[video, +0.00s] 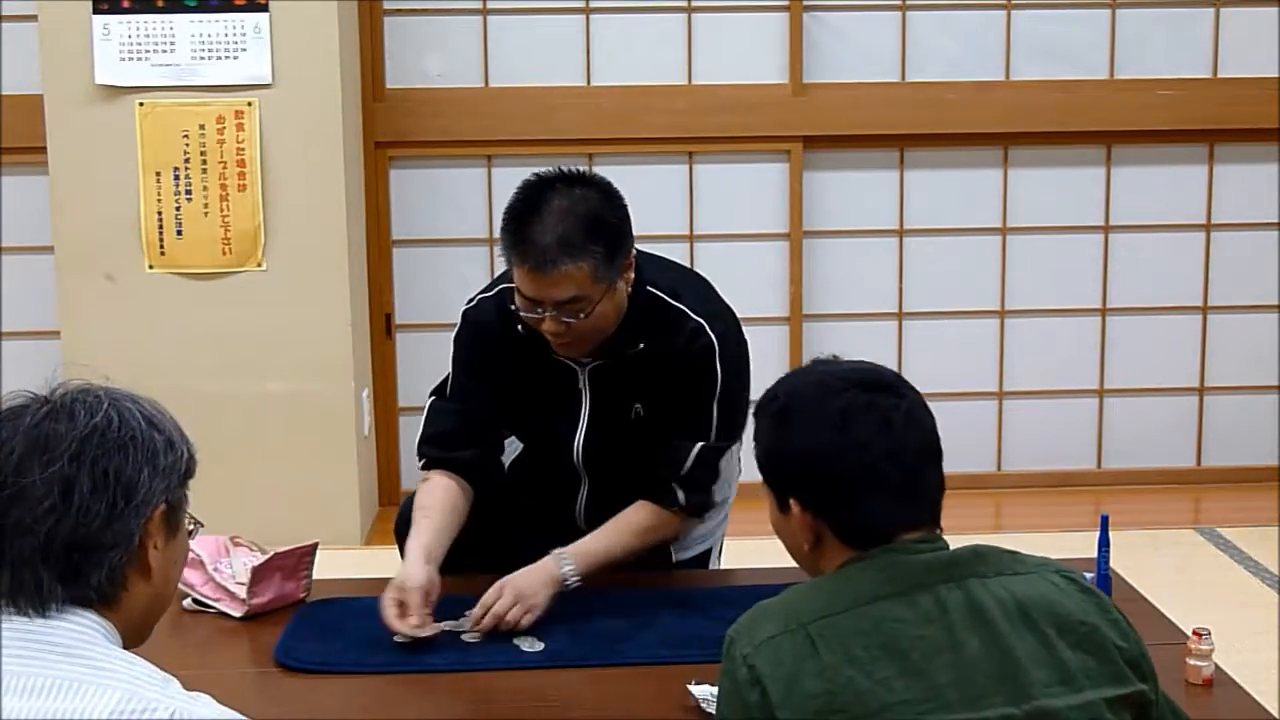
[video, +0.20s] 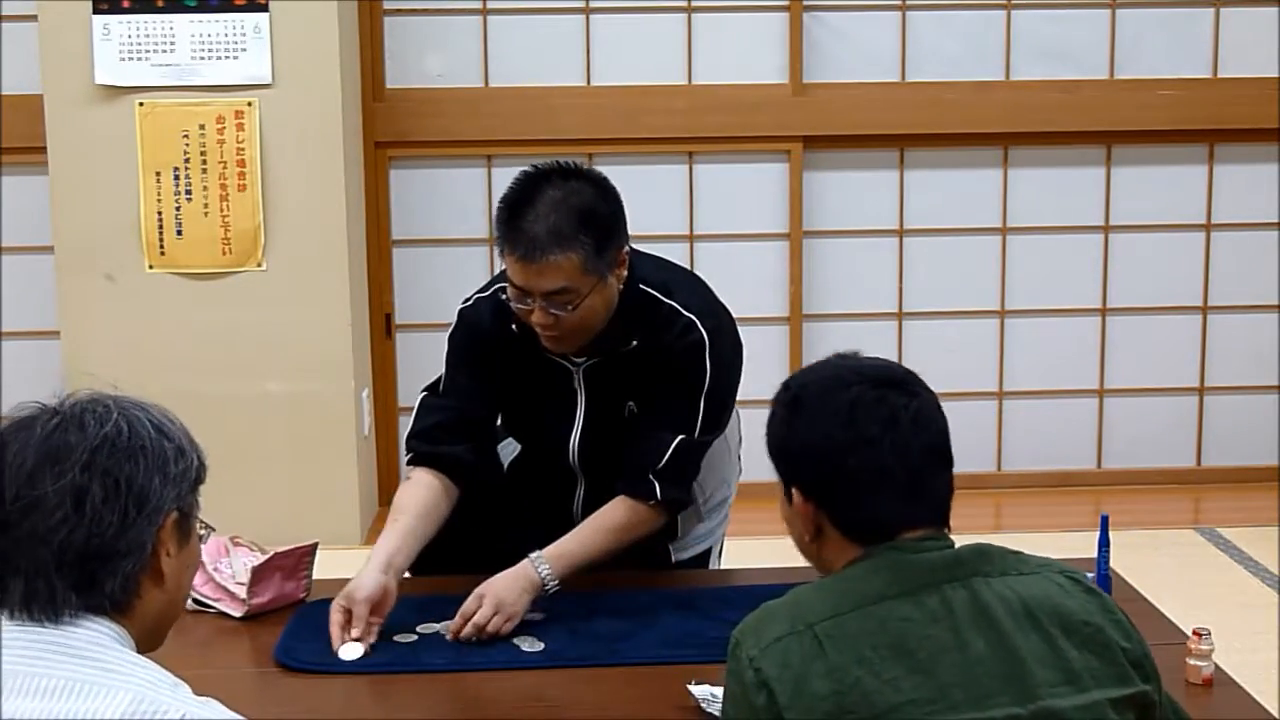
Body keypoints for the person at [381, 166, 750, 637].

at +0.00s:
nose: (550, 326)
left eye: (572, 308)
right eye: (532, 304)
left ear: (626, 273)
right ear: (514, 272)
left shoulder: (701, 335)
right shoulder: (492, 319)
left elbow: (680, 500)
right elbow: (455, 456)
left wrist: (556, 569)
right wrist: (421, 560)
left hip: (654, 538)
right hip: (534, 526)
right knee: (422, 518)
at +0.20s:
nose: (539, 318)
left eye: (562, 300)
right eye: (521, 294)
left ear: (619, 268)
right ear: (505, 265)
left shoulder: (691, 334)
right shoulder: (486, 322)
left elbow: (655, 495)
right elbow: (441, 459)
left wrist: (532, 574)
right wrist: (382, 566)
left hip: (654, 537)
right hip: (530, 529)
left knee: (635, 687)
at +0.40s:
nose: (531, 318)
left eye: (552, 301)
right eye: (512, 296)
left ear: (610, 267)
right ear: (495, 267)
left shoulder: (686, 331)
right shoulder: (482, 321)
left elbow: (659, 495)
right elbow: (436, 454)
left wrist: (543, 572)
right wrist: (383, 555)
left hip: (655, 532)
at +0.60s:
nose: (523, 321)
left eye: (542, 304)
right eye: (506, 300)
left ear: (602, 267)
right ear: (491, 272)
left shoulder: (682, 329)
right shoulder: (479, 320)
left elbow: (672, 494)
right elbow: (431, 451)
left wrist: (551, 578)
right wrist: (405, 558)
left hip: (652, 540)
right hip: (530, 533)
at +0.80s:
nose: (522, 323)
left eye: (541, 304)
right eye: (504, 301)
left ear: (599, 268)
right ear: (487, 277)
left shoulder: (680, 330)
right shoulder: (478, 326)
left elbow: (674, 490)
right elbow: (434, 455)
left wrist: (560, 577)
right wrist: (398, 559)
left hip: (651, 532)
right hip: (531, 521)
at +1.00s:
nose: (520, 324)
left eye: (540, 304)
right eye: (501, 303)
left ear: (597, 269)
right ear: (485, 277)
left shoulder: (678, 328)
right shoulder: (476, 331)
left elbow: (684, 487)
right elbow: (425, 464)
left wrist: (587, 571)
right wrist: (373, 573)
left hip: (655, 524)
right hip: (537, 514)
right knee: (432, 524)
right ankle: (472, 679)